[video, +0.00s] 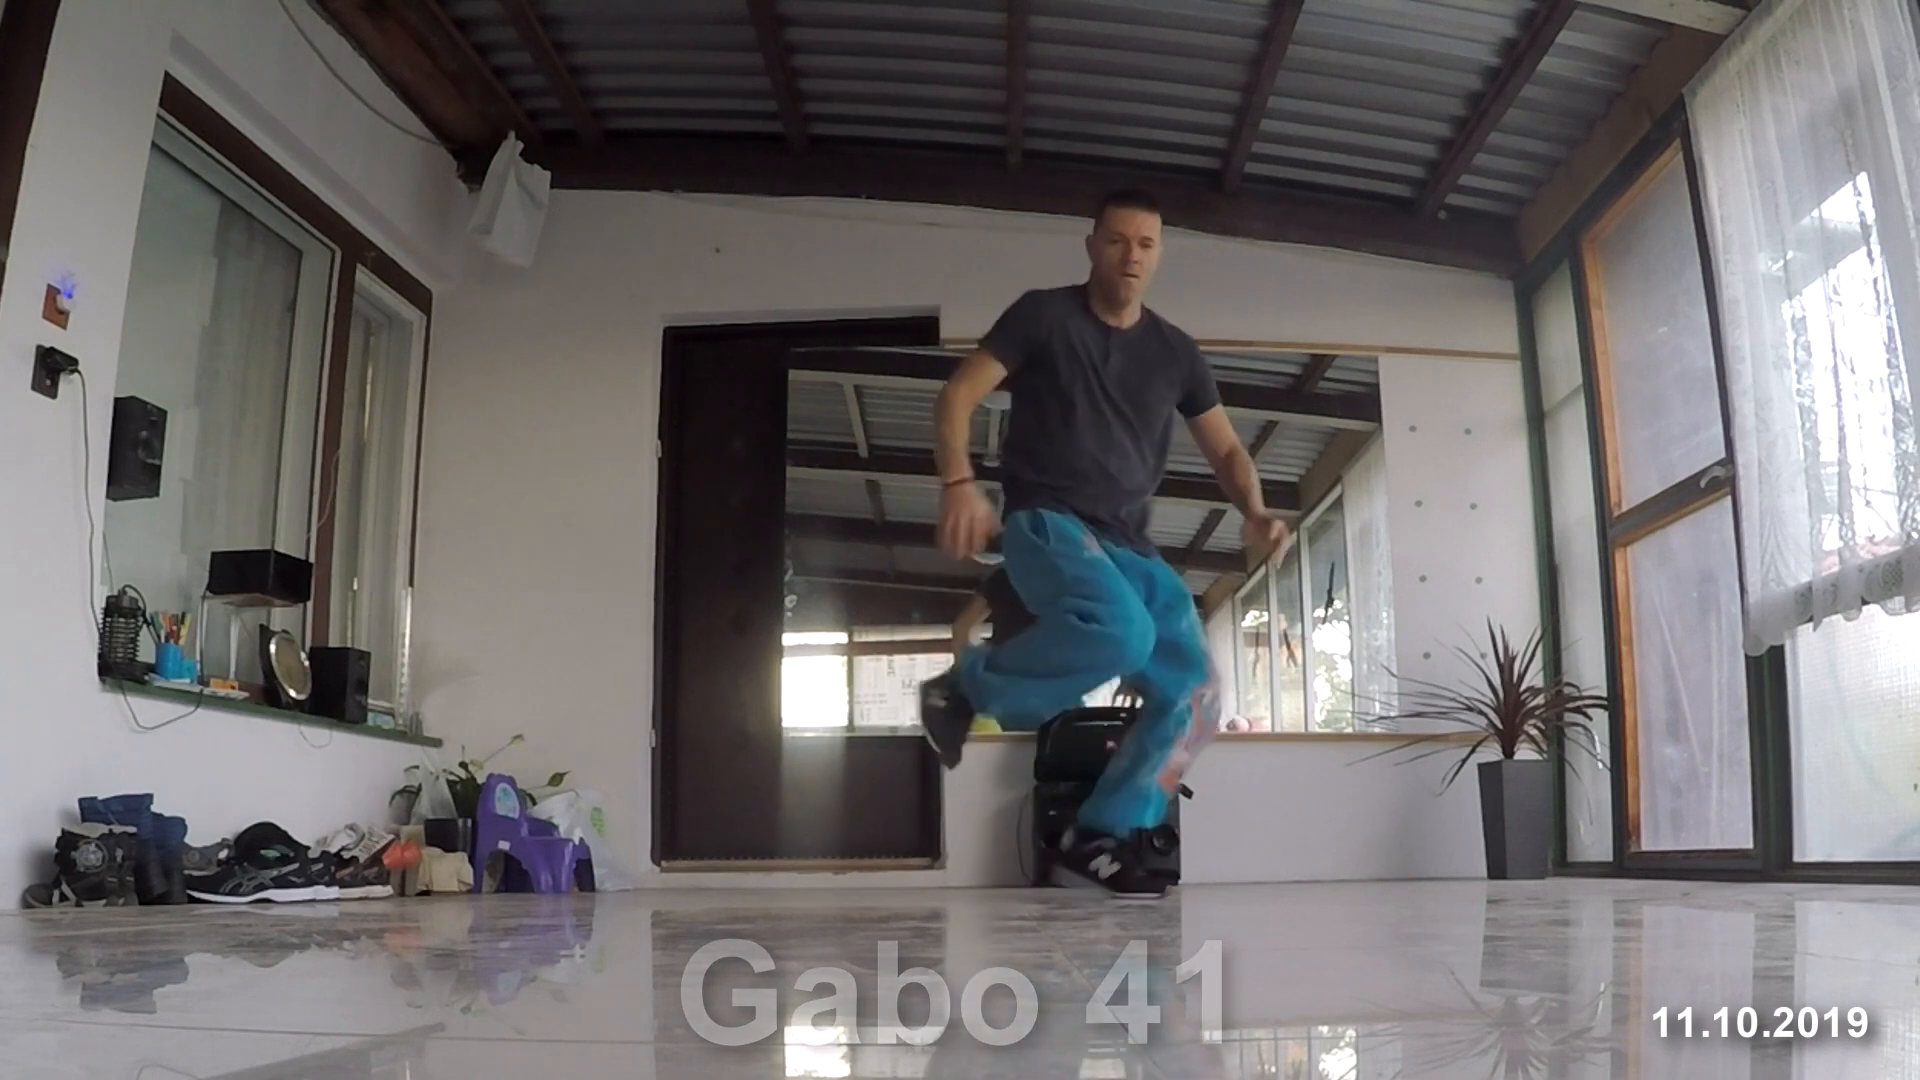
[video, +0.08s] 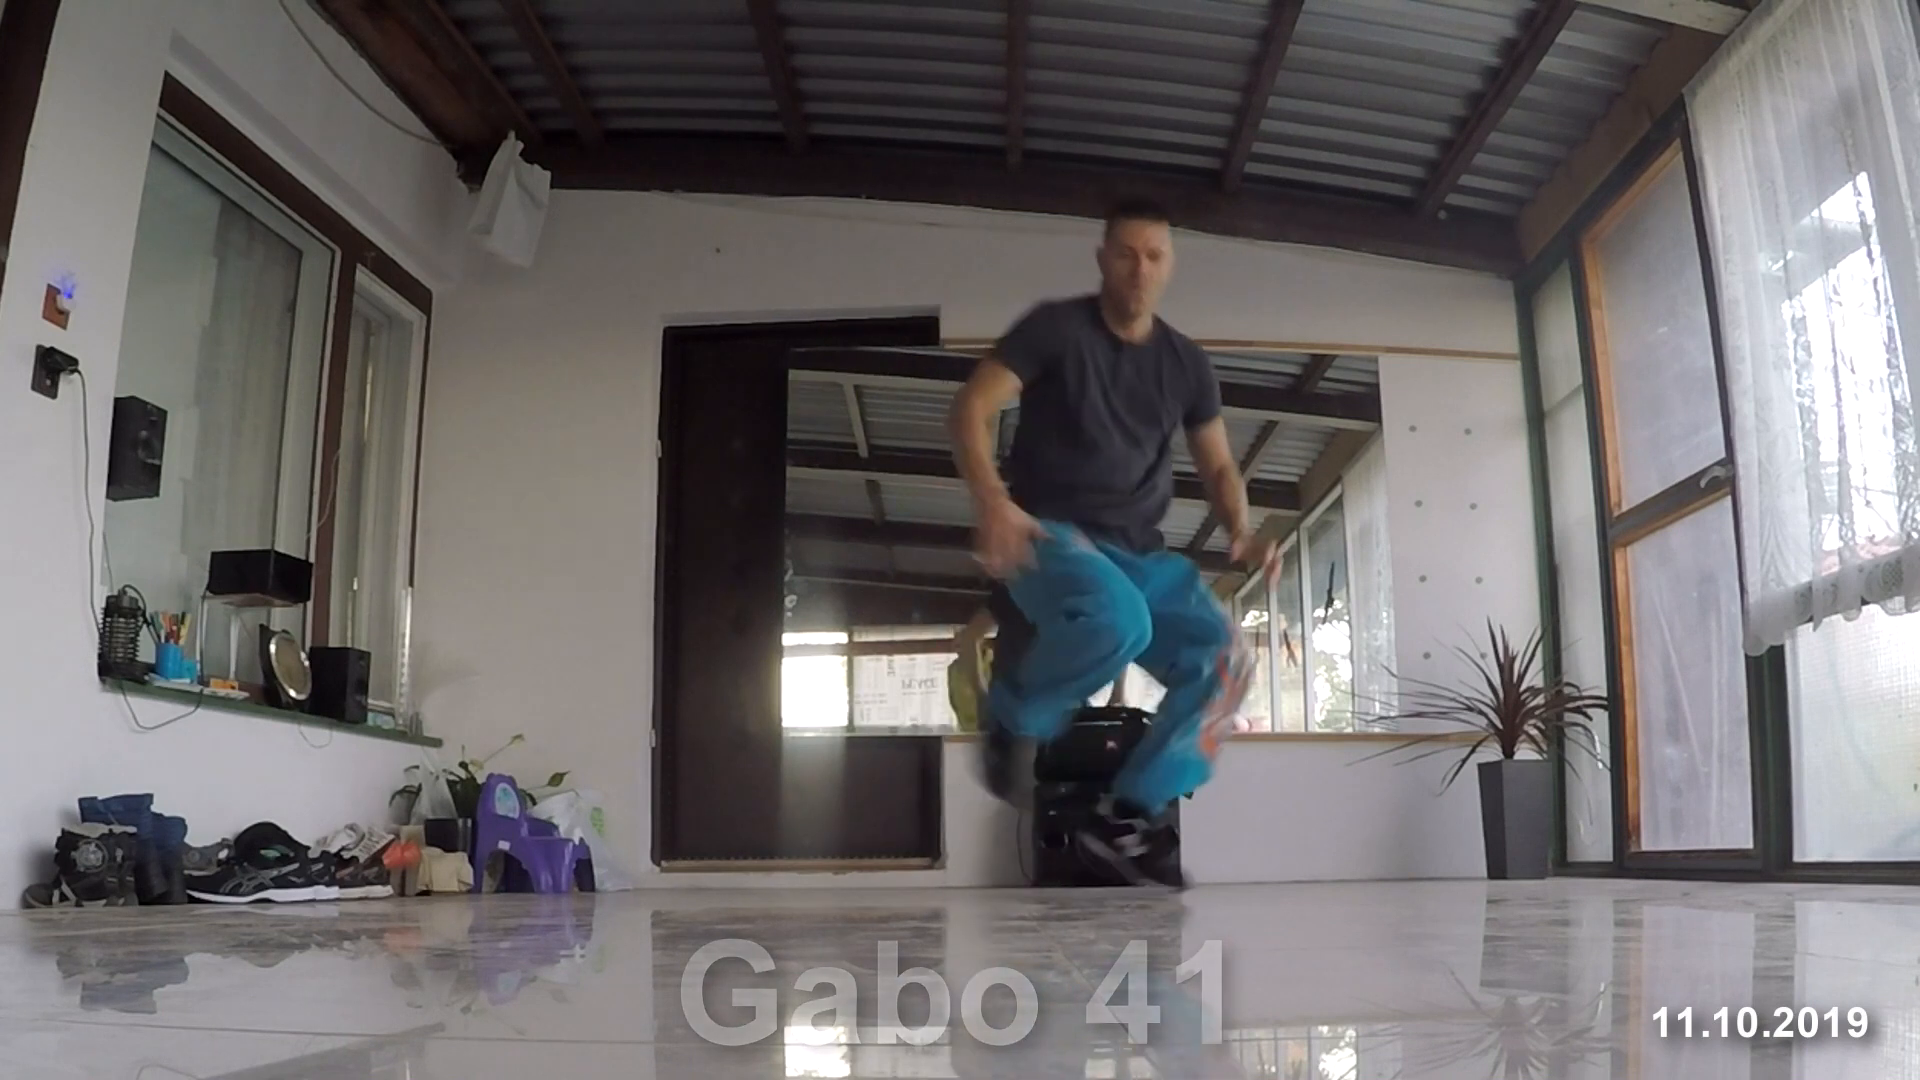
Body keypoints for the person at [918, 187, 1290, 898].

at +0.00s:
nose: (1131, 256)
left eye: (1145, 244)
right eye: (1118, 241)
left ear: (1160, 254)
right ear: (1091, 246)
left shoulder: (1177, 353)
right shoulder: (1043, 315)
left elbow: (1227, 453)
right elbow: (955, 396)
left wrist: (1255, 510)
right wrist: (958, 483)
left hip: (1129, 544)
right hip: (1047, 521)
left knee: (1188, 673)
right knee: (1120, 634)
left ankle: (1100, 835)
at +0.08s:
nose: (1138, 270)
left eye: (1152, 258)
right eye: (1125, 255)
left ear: (1171, 268)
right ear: (1101, 259)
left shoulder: (1188, 364)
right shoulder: (1056, 328)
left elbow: (1218, 468)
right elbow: (970, 408)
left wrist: (1240, 529)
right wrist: (991, 504)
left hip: (1141, 555)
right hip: (1047, 531)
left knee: (1222, 660)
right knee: (1115, 620)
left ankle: (1126, 819)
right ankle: (1014, 716)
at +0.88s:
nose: (1027, 479)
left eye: (1037, 457)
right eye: (1008, 465)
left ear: (1052, 447)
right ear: (975, 468)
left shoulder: (1100, 465)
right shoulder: (978, 588)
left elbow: (1189, 374)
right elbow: (943, 727)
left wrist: (1246, 270)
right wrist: (909, 860)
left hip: (1180, 691)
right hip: (1103, 738)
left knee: (1296, 721)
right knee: (1246, 695)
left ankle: (1205, 838)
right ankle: (1406, 800)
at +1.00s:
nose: (983, 549)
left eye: (991, 528)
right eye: (963, 539)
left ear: (1019, 511)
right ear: (942, 544)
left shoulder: (1061, 539)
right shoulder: (950, 634)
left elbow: (1071, 416)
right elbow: (937, 759)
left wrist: (968, 396)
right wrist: (923, 878)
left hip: (1183, 740)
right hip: (1127, 803)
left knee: (1314, 725)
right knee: (1290, 808)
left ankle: (1231, 864)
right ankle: (1477, 864)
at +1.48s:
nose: (956, 817)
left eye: (940, 811)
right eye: (937, 819)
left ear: (921, 761)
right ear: (920, 772)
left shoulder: (1002, 677)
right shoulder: (948, 735)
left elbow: (1103, 744)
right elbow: (939, 788)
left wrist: (1053, 887)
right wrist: (900, 871)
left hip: (1236, 730)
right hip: (1155, 775)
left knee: (1433, 820)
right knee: (1060, 849)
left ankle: (1617, 814)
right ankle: (1211, 834)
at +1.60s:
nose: (962, 821)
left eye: (945, 816)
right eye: (943, 825)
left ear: (925, 764)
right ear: (925, 772)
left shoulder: (1005, 683)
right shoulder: (953, 733)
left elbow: (1100, 743)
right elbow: (951, 784)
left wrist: (1054, 887)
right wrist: (901, 871)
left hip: (1245, 728)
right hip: (1169, 763)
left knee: (1436, 813)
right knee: (1063, 834)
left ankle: (1620, 805)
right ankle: (1217, 831)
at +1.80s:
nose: (924, 768)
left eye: (911, 761)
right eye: (907, 768)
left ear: (916, 715)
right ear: (909, 718)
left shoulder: (1006, 643)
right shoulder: (951, 697)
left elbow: (1085, 736)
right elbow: (929, 786)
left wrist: (1053, 887)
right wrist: (896, 878)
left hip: (1241, 674)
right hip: (1167, 726)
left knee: (1412, 775)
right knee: (1058, 787)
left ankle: (1622, 803)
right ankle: (1214, 838)